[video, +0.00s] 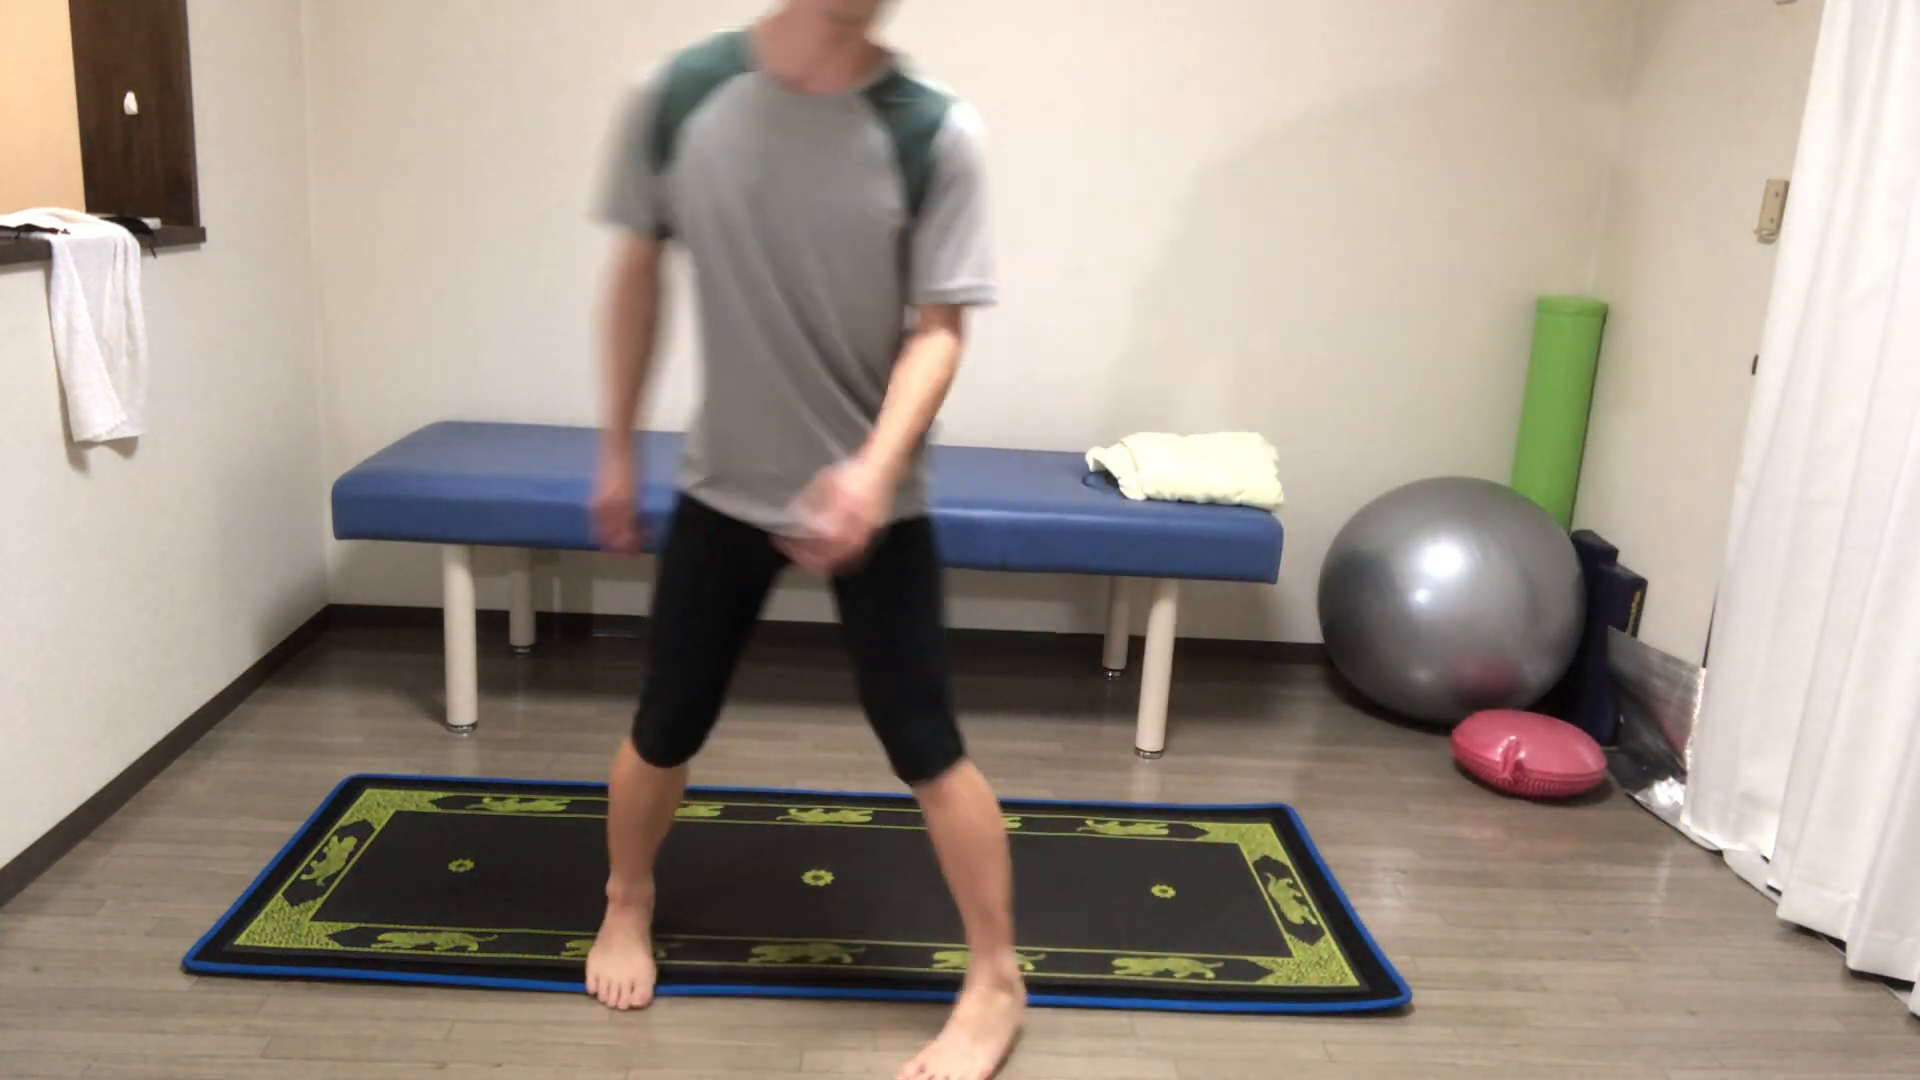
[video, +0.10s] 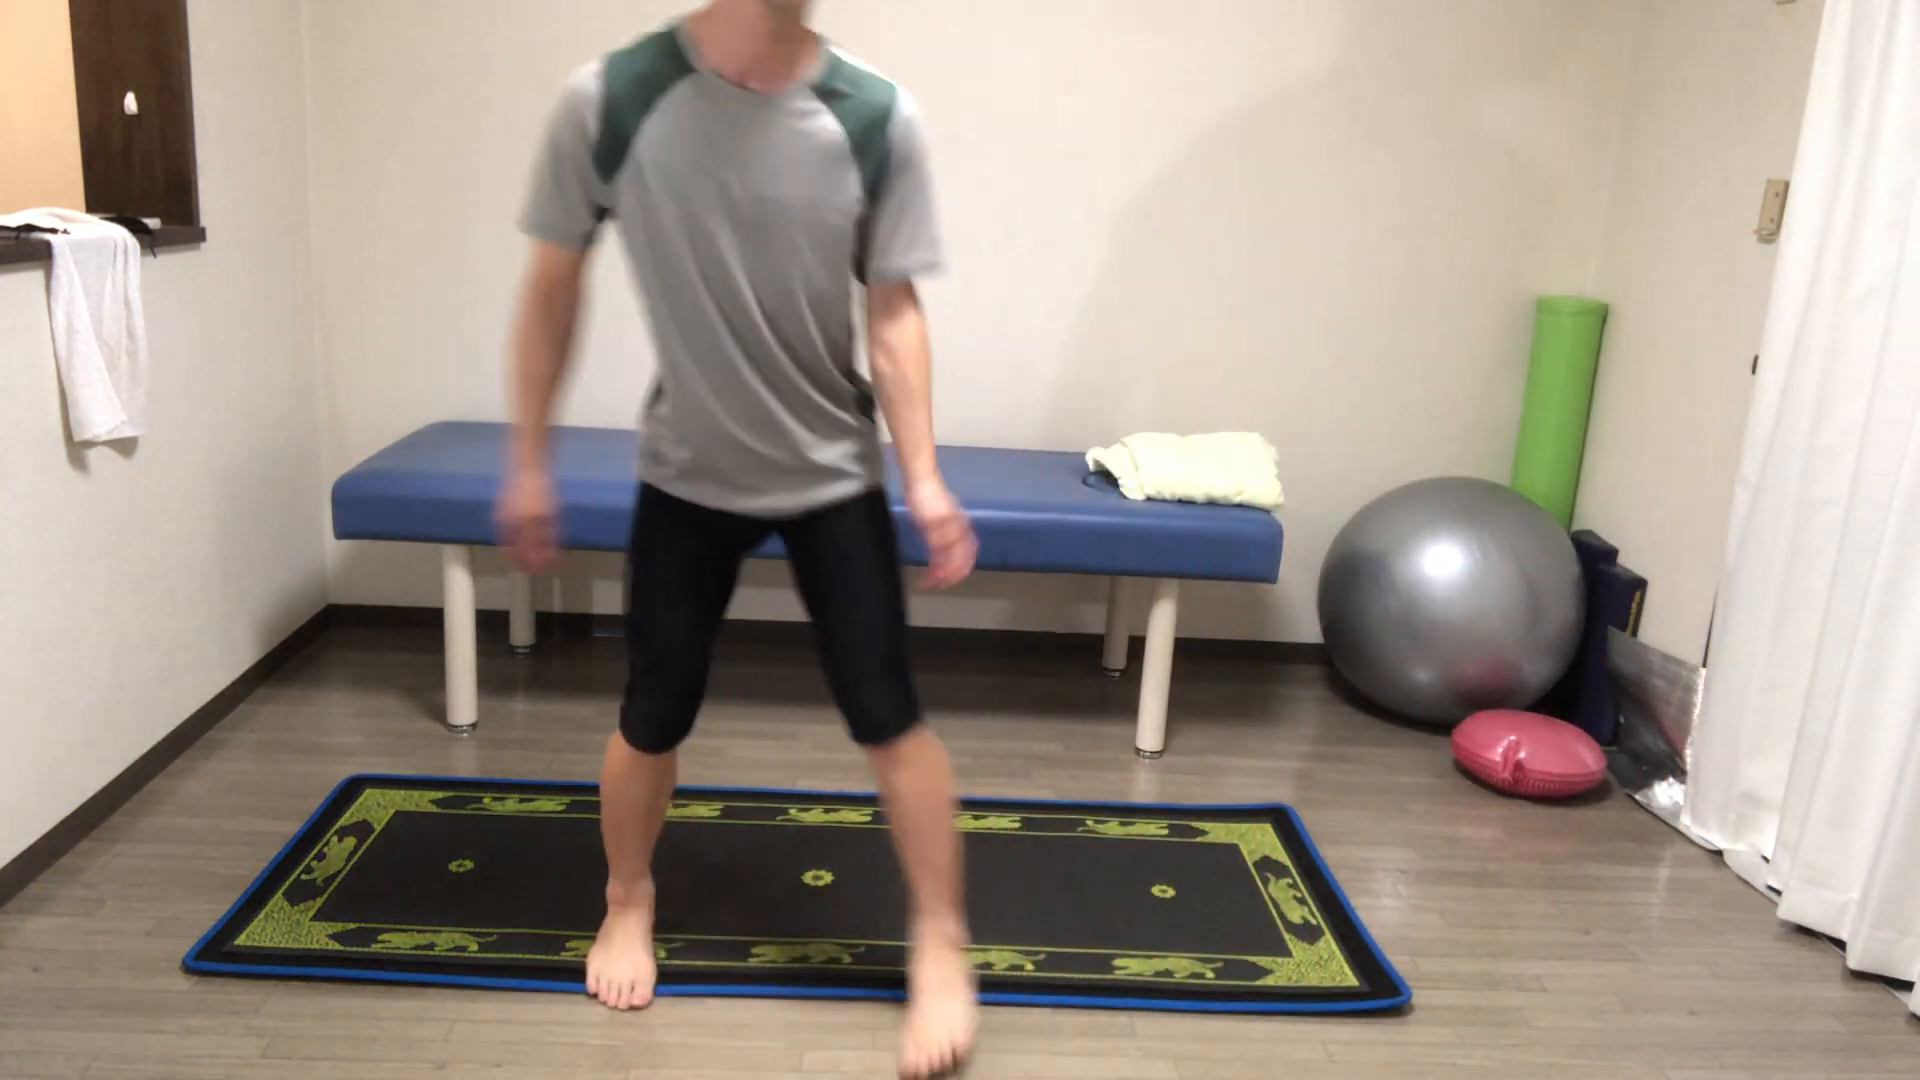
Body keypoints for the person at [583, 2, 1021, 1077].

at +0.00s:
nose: (802, 3)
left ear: (859, 5)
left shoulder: (931, 135)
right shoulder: (678, 97)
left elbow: (940, 326)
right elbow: (636, 273)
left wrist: (875, 469)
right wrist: (617, 450)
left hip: (871, 492)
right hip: (723, 483)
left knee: (925, 745)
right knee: (664, 727)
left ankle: (996, 980)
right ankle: (626, 907)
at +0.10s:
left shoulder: (873, 118)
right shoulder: (610, 102)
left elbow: (893, 307)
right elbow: (551, 286)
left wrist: (923, 475)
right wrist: (528, 464)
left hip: (834, 463)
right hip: (690, 460)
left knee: (883, 709)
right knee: (655, 709)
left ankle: (939, 946)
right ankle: (628, 906)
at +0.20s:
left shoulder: (837, 92)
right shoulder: (582, 89)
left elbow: (879, 273)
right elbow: (494, 280)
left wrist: (913, 425)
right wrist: (450, 451)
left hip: (805, 452)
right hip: (662, 457)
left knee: (846, 691)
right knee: (648, 700)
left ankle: (859, 902)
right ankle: (629, 906)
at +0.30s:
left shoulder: (810, 83)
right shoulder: (567, 86)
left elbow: (854, 237)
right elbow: (463, 268)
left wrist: (877, 369)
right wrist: (404, 441)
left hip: (778, 442)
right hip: (646, 451)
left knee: (800, 675)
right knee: (640, 690)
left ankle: (762, 845)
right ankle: (629, 903)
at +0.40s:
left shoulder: (792, 80)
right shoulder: (563, 92)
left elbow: (817, 224)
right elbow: (461, 273)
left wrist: (823, 340)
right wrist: (406, 444)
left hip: (750, 433)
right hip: (632, 446)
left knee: (765, 651)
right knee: (633, 682)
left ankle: (673, 790)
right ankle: (627, 900)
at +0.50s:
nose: (692, 3)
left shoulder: (775, 76)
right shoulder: (564, 94)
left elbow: (780, 227)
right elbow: (483, 282)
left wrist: (776, 343)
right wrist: (449, 459)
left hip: (730, 432)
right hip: (622, 447)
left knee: (723, 632)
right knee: (627, 677)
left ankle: (618, 758)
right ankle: (626, 902)